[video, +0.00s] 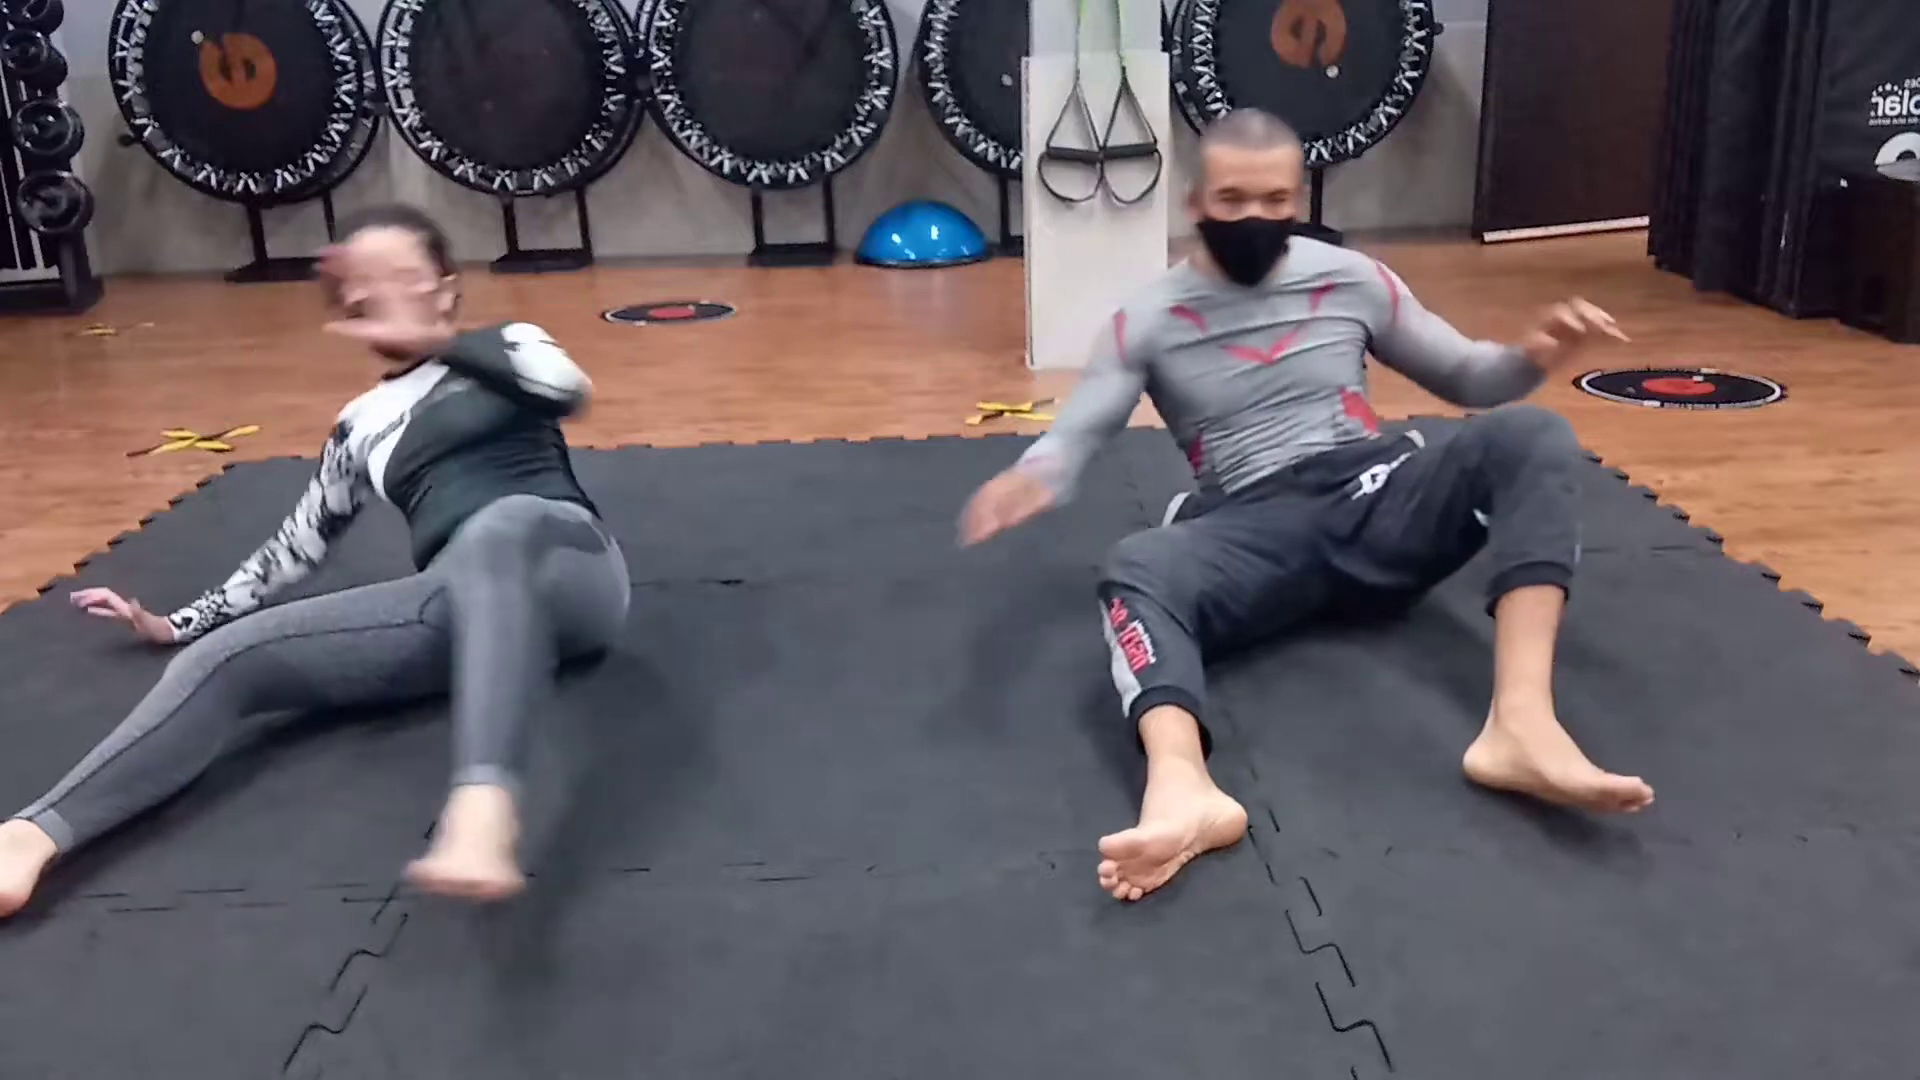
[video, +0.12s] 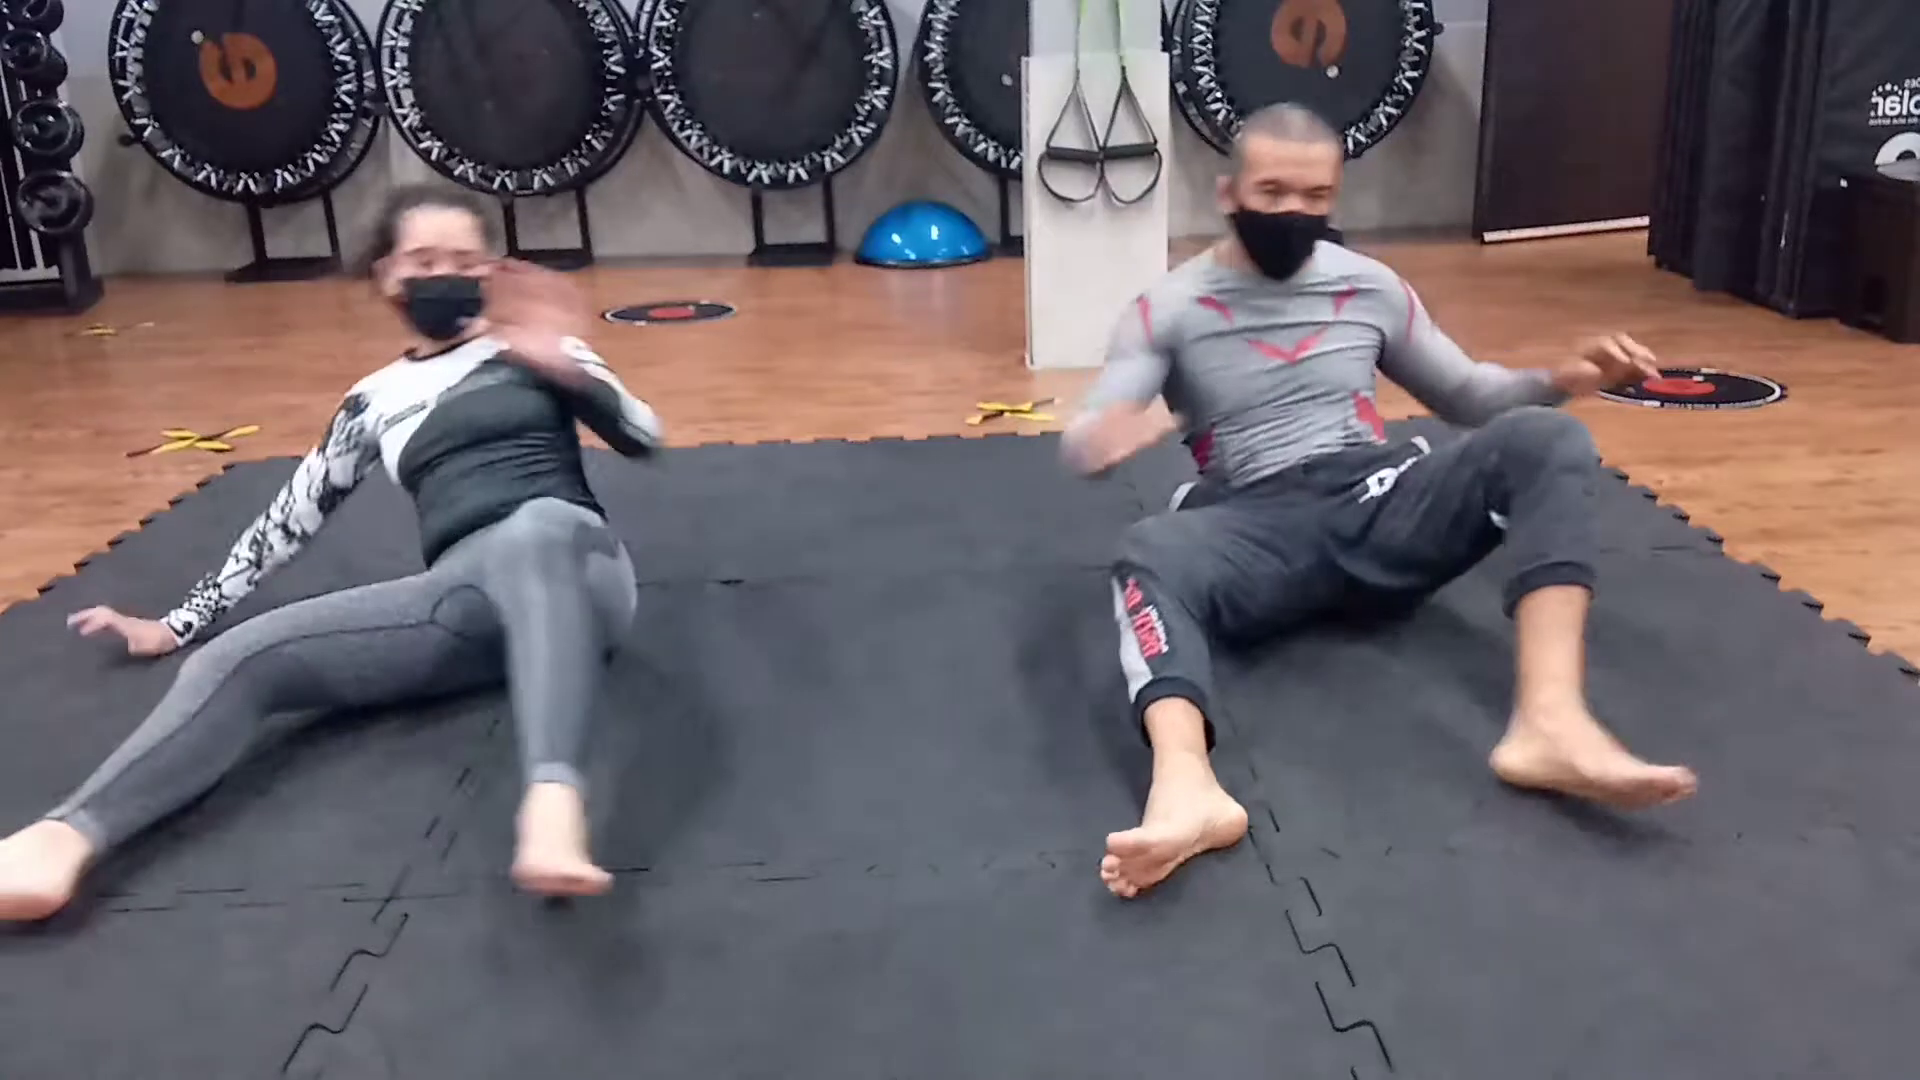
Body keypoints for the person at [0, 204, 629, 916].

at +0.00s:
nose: (387, 309)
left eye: (405, 286)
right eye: (363, 297)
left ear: (445, 289)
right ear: (342, 310)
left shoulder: (505, 347)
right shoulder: (364, 422)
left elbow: (567, 391)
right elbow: (295, 547)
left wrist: (437, 342)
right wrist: (178, 626)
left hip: (570, 573)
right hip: (444, 595)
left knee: (499, 529)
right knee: (232, 654)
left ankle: (483, 807)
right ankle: (33, 836)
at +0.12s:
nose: (441, 272)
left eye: (459, 257)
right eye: (421, 258)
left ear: (491, 271)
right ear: (387, 280)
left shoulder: (537, 351)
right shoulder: (378, 398)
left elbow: (644, 439)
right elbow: (288, 519)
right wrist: (178, 626)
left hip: (574, 567)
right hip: (451, 589)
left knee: (535, 526)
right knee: (243, 654)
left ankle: (554, 796)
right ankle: (66, 837)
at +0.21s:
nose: (485, 266)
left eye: (504, 252)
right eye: (463, 248)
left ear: (524, 267)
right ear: (418, 268)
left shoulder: (561, 350)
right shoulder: (391, 387)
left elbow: (670, 468)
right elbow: (300, 506)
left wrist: (662, 424)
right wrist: (195, 618)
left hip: (571, 567)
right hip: (457, 586)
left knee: (564, 526)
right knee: (257, 650)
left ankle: (588, 806)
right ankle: (94, 838)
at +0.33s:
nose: (538, 257)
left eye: (554, 244)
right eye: (516, 241)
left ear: (575, 261)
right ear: (464, 256)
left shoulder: (600, 350)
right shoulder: (425, 372)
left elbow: (693, 473)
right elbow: (348, 494)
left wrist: (743, 448)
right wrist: (246, 598)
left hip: (570, 553)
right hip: (465, 577)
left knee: (601, 539)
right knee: (277, 634)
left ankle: (605, 821)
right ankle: (145, 832)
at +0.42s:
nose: (576, 263)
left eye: (590, 251)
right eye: (555, 245)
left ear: (604, 266)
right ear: (495, 256)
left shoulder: (623, 352)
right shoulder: (445, 371)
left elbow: (707, 479)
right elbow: (368, 491)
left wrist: (773, 459)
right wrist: (284, 568)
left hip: (587, 554)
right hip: (477, 575)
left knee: (624, 551)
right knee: (294, 615)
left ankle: (606, 825)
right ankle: (185, 817)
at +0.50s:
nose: (610, 270)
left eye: (624, 257)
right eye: (592, 250)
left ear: (633, 271)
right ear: (528, 254)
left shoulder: (646, 361)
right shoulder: (465, 366)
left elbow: (722, 487)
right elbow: (388, 481)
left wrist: (800, 468)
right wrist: (331, 524)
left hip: (601, 561)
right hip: (489, 576)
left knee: (643, 558)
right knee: (318, 605)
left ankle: (608, 829)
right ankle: (221, 799)